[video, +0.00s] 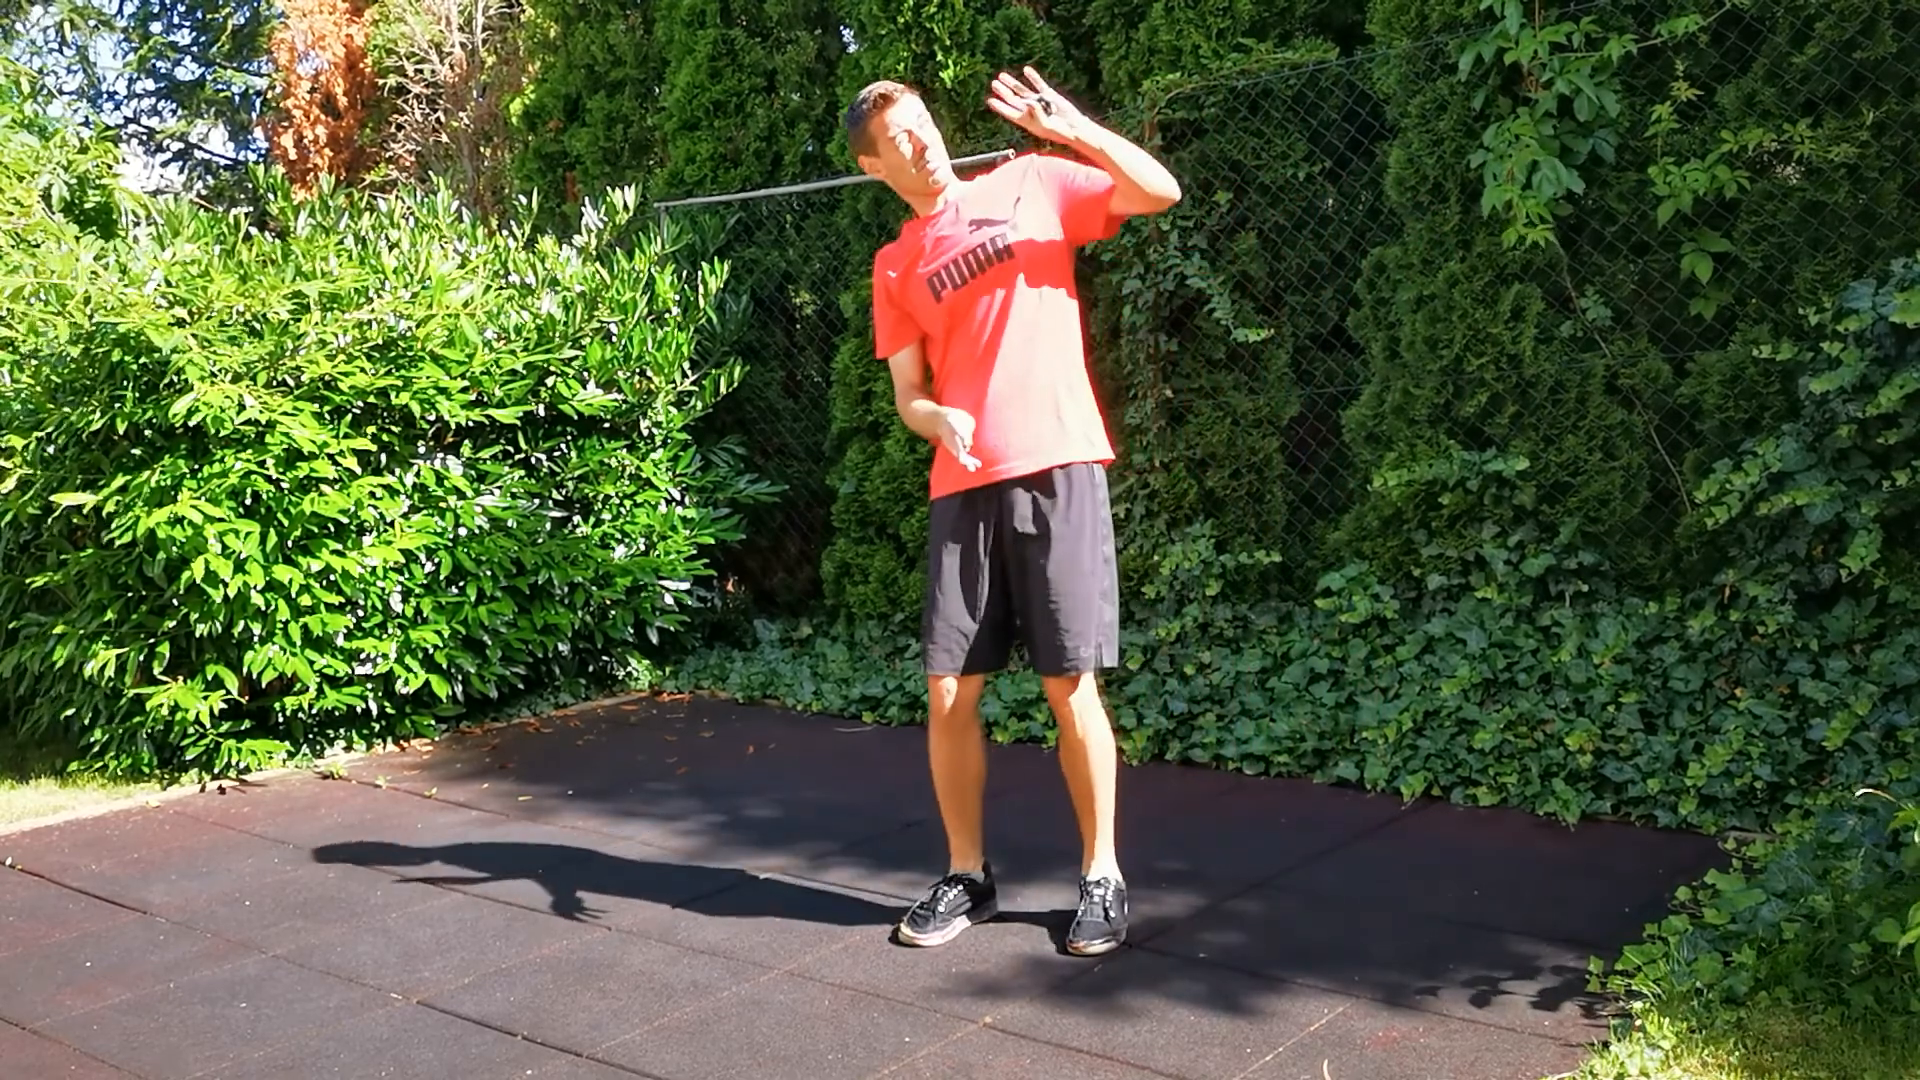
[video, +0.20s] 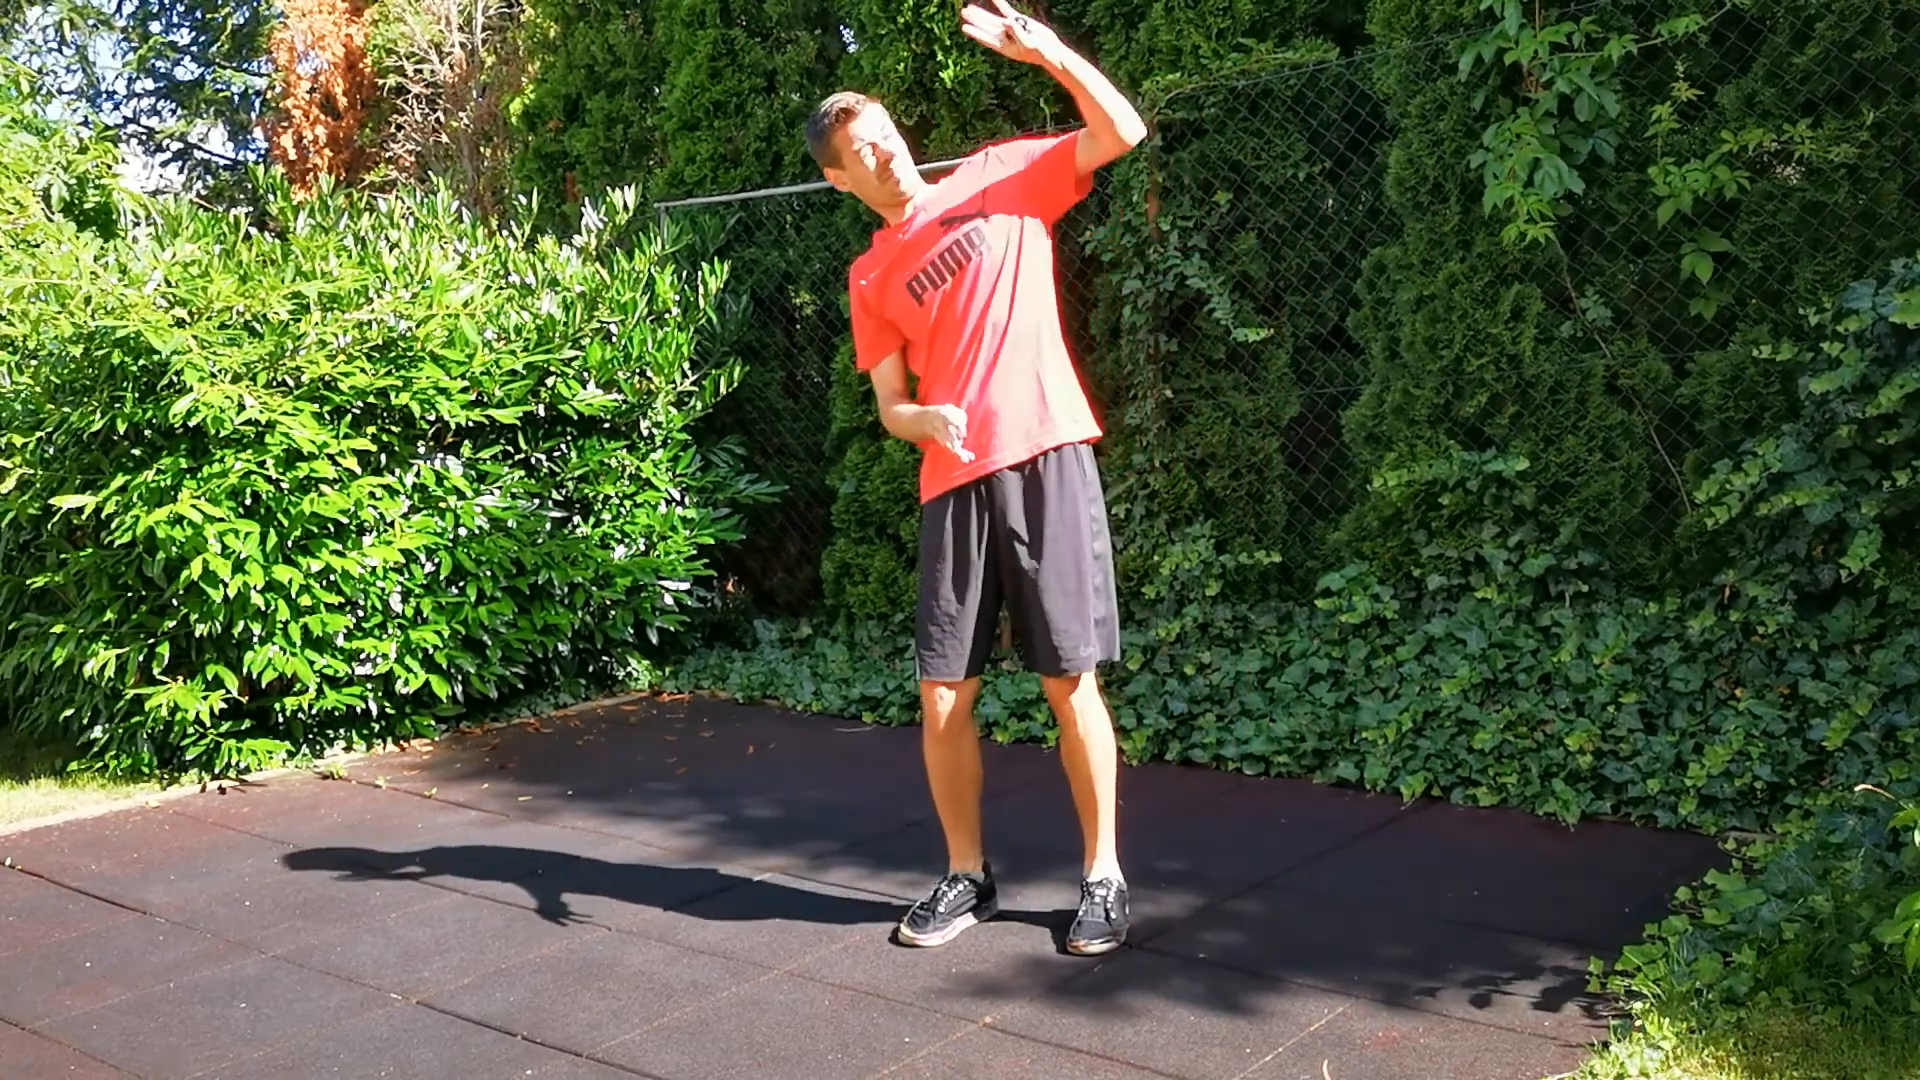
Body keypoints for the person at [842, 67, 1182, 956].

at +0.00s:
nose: (916, 145)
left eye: (917, 126)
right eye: (894, 143)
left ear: (940, 126)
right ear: (875, 169)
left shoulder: (1032, 180)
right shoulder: (895, 264)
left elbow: (1158, 190)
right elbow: (910, 394)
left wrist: (1064, 125)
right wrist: (937, 420)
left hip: (1058, 467)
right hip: (964, 484)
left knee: (1070, 684)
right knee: (949, 691)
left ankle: (1101, 882)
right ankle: (965, 878)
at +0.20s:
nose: (873, 146)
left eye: (876, 129)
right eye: (852, 150)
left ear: (901, 131)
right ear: (841, 184)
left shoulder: (1000, 172)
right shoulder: (870, 274)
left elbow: (1119, 129)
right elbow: (891, 404)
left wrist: (1043, 49)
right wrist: (917, 418)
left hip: (1050, 456)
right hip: (954, 479)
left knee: (1068, 680)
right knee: (942, 694)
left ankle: (1104, 881)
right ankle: (964, 878)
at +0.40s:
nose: (852, 164)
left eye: (853, 145)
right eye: (831, 166)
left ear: (881, 138)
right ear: (822, 191)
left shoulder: (979, 170)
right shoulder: (856, 282)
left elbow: (1089, 103)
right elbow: (885, 410)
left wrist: (1043, 9)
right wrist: (920, 414)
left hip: (1044, 449)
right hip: (948, 479)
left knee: (1067, 675)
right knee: (937, 693)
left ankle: (1105, 880)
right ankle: (966, 877)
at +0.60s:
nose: (842, 173)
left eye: (845, 152)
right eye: (823, 171)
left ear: (880, 138)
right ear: (818, 190)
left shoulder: (978, 172)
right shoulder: (853, 285)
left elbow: (1085, 97)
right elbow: (880, 414)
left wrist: (1055, 7)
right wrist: (917, 388)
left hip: (1047, 451)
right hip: (951, 483)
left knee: (1067, 681)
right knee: (935, 695)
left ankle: (1111, 875)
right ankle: (966, 880)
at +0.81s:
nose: (876, 177)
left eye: (882, 155)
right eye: (859, 170)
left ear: (917, 137)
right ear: (851, 182)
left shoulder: (1015, 172)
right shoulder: (885, 277)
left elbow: (1117, 100)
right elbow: (890, 397)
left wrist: (1101, 7)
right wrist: (933, 315)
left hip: (1061, 451)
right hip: (968, 478)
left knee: (1078, 680)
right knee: (940, 692)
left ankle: (1153, 853)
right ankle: (965, 876)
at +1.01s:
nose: (942, 173)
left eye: (951, 152)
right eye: (926, 166)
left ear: (987, 139)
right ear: (918, 179)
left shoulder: (1077, 178)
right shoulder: (947, 269)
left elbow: (1180, 103)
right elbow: (926, 377)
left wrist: (1169, 2)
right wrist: (958, 284)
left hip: (1101, 463)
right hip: (1010, 481)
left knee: (1111, 680)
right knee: (960, 683)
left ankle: (1160, 865)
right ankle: (967, 874)